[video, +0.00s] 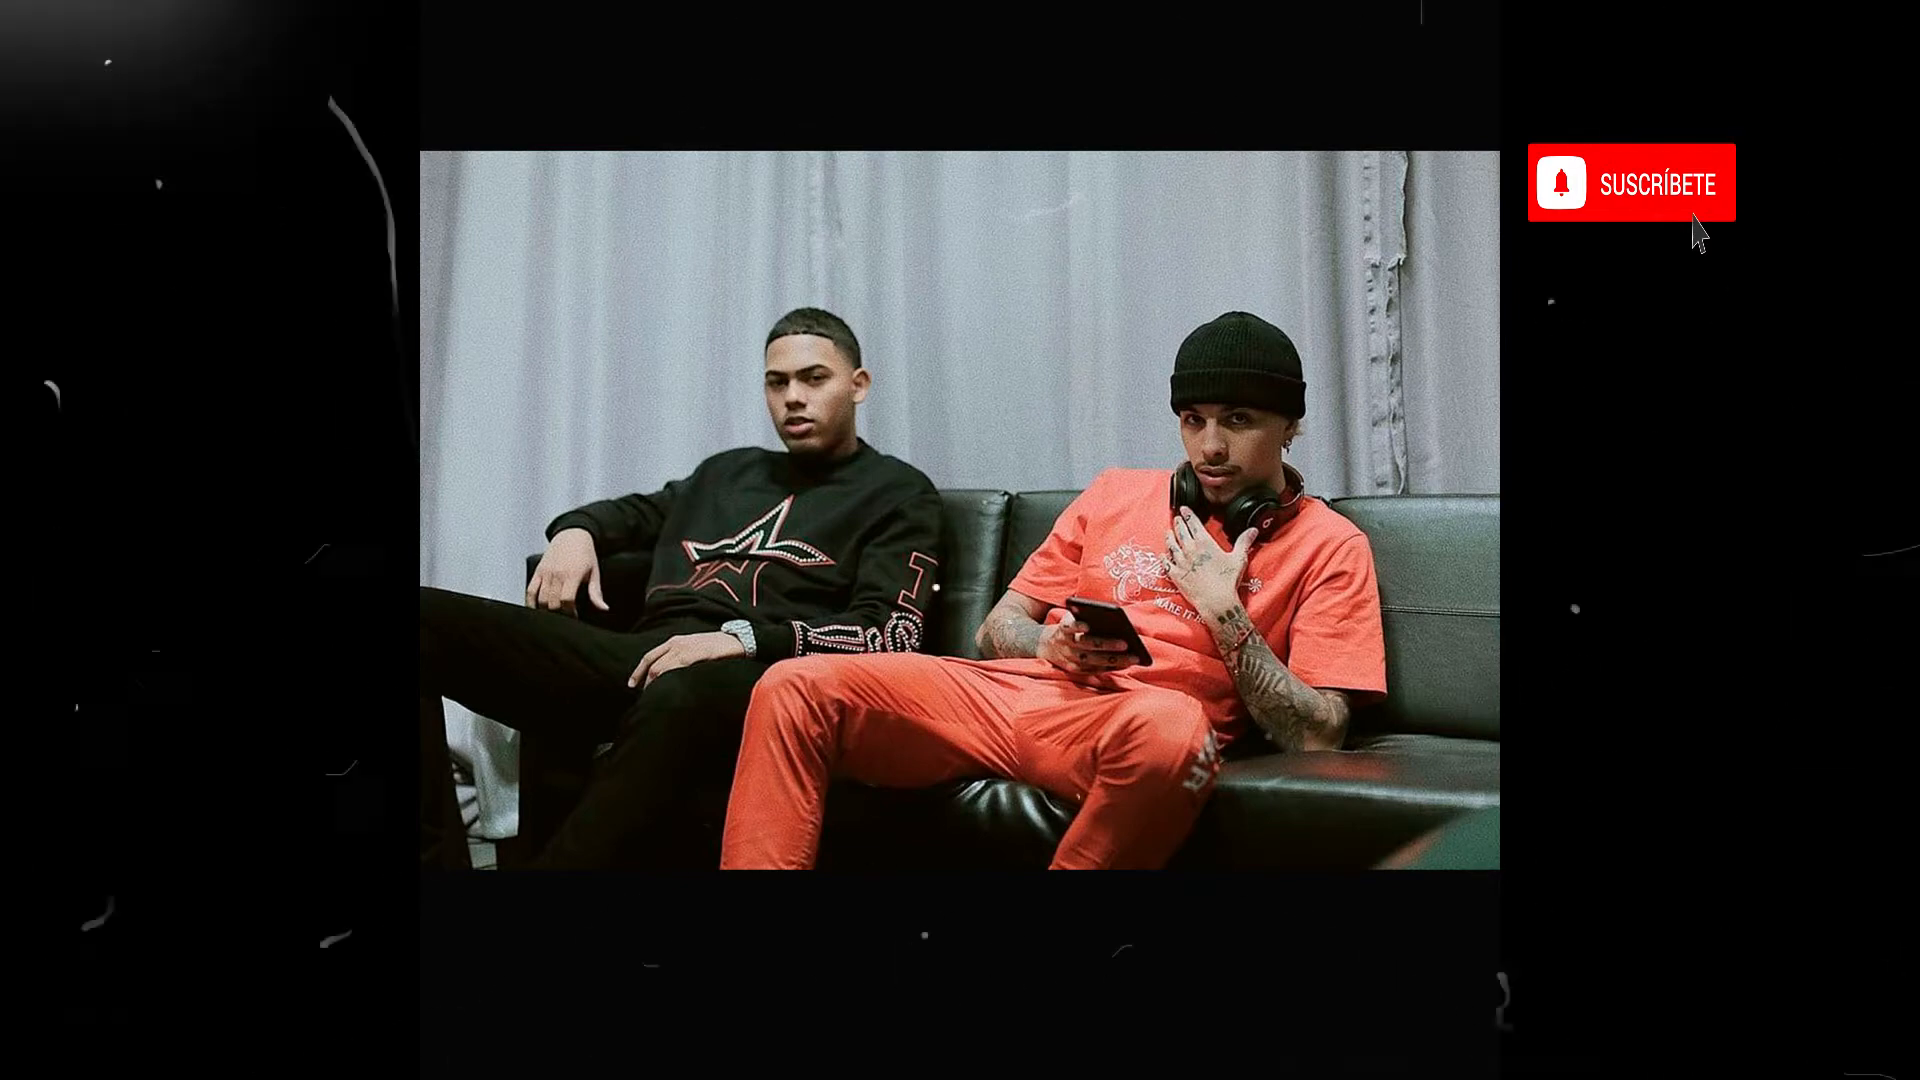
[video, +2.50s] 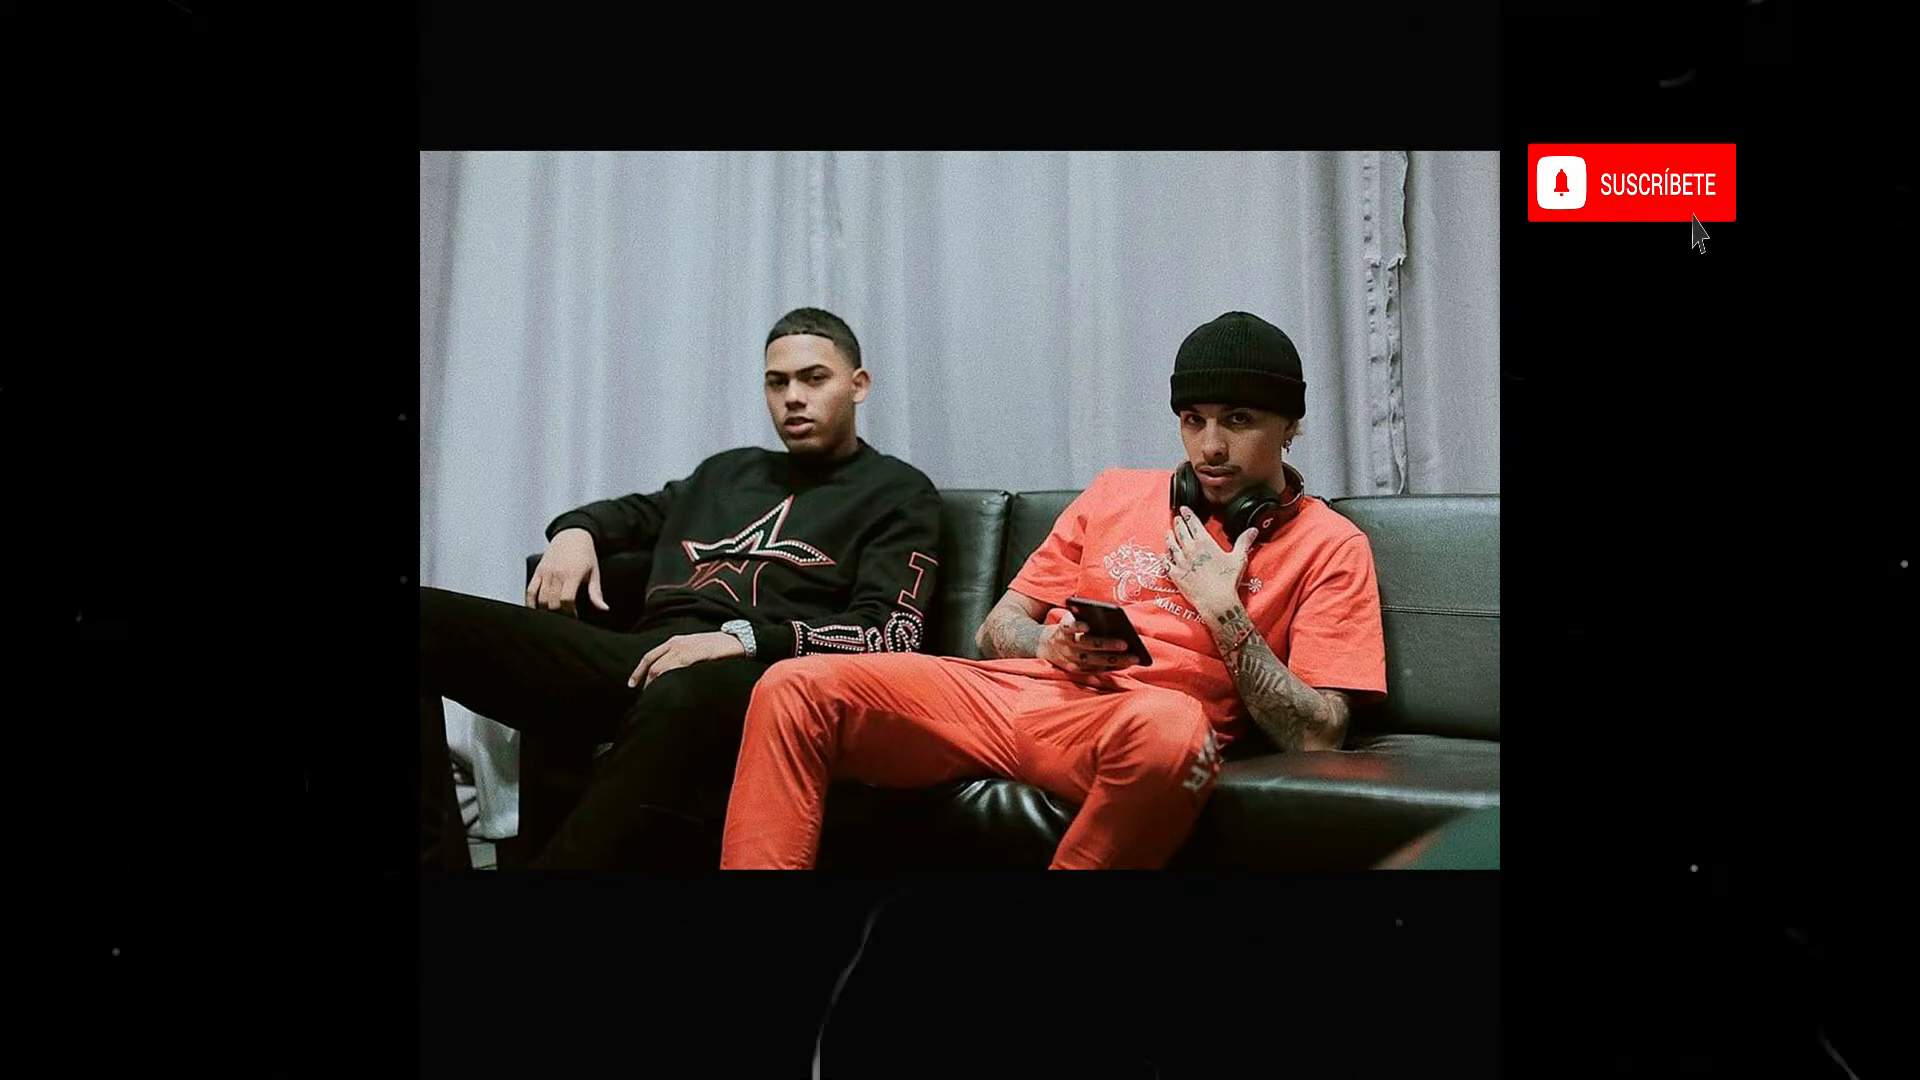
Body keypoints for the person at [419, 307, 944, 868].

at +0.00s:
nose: (793, 399)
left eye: (813, 379)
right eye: (779, 382)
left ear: (859, 385)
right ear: (765, 391)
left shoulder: (900, 493)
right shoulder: (728, 472)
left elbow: (894, 634)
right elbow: (640, 515)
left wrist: (742, 639)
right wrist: (574, 530)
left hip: (769, 681)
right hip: (637, 653)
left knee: (682, 699)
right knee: (425, 617)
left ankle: (562, 871)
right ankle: (440, 856)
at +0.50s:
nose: (793, 399)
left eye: (813, 379)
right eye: (779, 382)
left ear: (859, 385)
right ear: (765, 390)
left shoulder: (900, 494)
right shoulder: (728, 471)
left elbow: (893, 634)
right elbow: (641, 515)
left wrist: (742, 639)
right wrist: (574, 530)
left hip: (770, 680)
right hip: (638, 652)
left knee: (681, 699)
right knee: (426, 617)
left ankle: (562, 870)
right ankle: (441, 855)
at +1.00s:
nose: (793, 399)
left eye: (813, 379)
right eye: (779, 382)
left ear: (859, 385)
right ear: (765, 391)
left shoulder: (900, 494)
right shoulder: (728, 472)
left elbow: (893, 634)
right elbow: (641, 515)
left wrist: (742, 639)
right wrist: (575, 530)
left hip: (769, 681)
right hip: (637, 652)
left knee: (683, 699)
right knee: (425, 617)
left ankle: (562, 873)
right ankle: (441, 857)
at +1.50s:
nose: (793, 399)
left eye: (814, 379)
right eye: (779, 382)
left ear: (859, 385)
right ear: (765, 390)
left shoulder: (899, 494)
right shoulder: (728, 472)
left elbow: (893, 634)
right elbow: (641, 515)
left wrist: (743, 639)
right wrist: (575, 529)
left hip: (772, 680)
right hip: (641, 653)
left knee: (680, 700)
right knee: (424, 617)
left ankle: (561, 870)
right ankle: (439, 850)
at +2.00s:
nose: (793, 399)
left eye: (814, 378)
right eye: (779, 382)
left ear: (859, 385)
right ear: (765, 390)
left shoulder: (900, 494)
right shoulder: (727, 472)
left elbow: (893, 635)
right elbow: (643, 516)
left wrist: (743, 639)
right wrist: (575, 530)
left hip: (771, 681)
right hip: (637, 654)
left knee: (682, 701)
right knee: (424, 617)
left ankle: (561, 870)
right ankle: (440, 857)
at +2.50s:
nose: (793, 399)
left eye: (813, 378)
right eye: (779, 382)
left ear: (859, 385)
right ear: (765, 391)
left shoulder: (900, 494)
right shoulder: (728, 472)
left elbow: (892, 635)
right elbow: (640, 515)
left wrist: (744, 638)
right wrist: (575, 530)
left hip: (772, 681)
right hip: (638, 654)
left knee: (684, 699)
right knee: (426, 617)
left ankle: (560, 875)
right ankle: (440, 857)